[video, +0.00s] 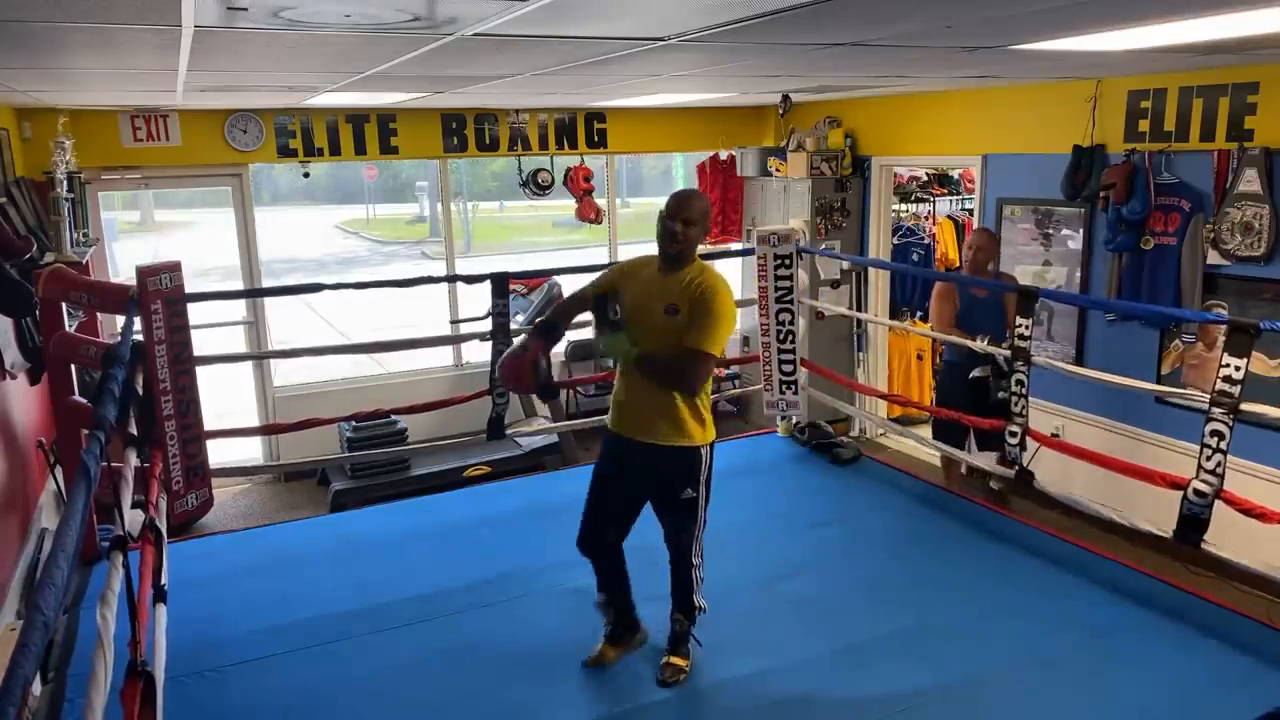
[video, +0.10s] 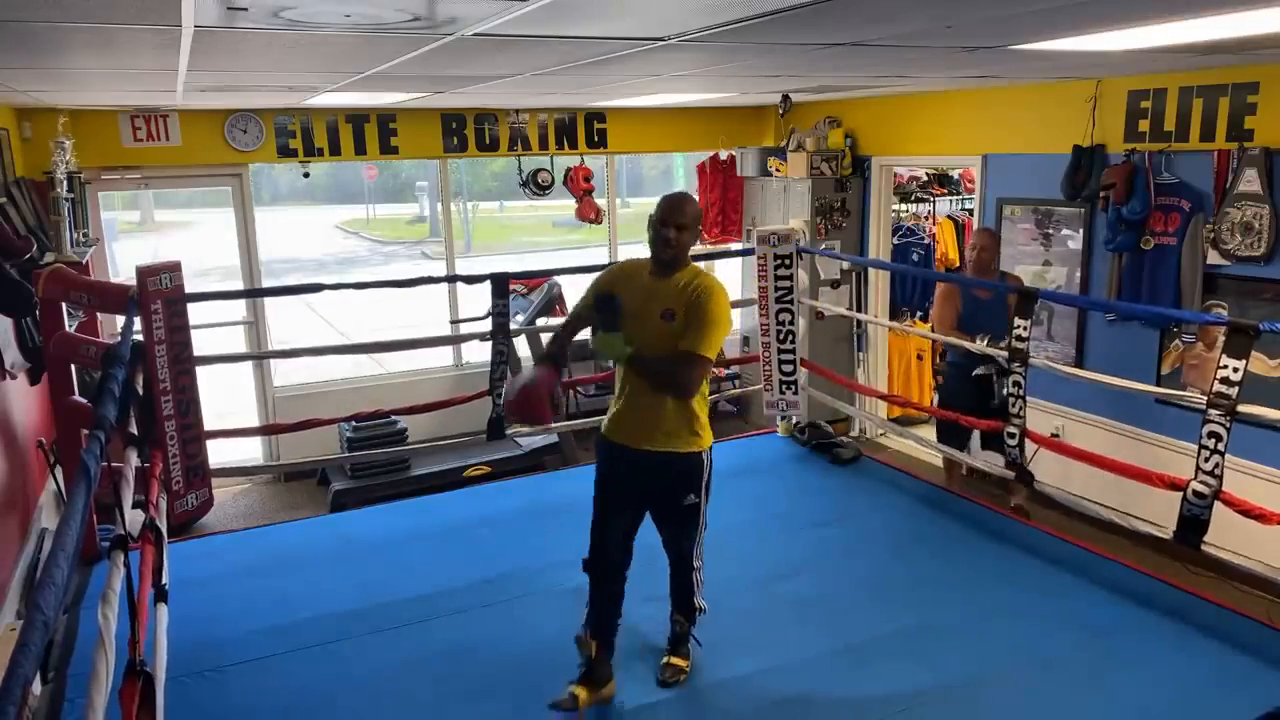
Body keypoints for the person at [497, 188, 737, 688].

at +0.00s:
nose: (673, 228)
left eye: (686, 222)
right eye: (668, 218)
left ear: (706, 233)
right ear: (658, 221)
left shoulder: (712, 292)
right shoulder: (629, 274)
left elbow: (692, 377)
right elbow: (571, 307)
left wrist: (627, 349)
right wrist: (532, 346)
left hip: (682, 445)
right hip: (625, 437)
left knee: (682, 551)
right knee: (597, 539)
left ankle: (680, 646)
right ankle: (624, 629)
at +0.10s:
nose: (668, 235)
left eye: (681, 228)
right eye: (662, 224)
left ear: (698, 234)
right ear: (649, 225)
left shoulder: (708, 294)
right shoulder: (619, 278)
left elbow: (686, 382)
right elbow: (564, 337)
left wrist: (623, 352)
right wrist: (543, 379)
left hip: (681, 452)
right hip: (620, 445)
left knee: (683, 557)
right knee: (604, 559)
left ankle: (679, 644)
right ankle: (598, 668)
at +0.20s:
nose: (660, 241)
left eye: (672, 233)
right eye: (653, 230)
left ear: (687, 240)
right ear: (638, 231)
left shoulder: (703, 301)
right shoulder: (605, 288)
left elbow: (698, 389)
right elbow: (573, 364)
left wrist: (628, 367)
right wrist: (571, 407)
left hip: (680, 460)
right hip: (616, 455)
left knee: (683, 563)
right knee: (605, 573)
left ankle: (679, 643)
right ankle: (595, 689)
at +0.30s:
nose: (650, 245)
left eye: (661, 235)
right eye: (641, 234)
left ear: (674, 240)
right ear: (625, 237)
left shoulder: (698, 303)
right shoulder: (594, 298)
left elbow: (710, 391)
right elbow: (571, 374)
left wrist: (641, 386)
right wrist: (578, 428)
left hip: (674, 468)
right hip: (607, 466)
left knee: (680, 567)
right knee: (602, 582)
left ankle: (679, 643)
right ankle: (598, 688)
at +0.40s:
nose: (633, 243)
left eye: (643, 234)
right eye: (623, 233)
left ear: (656, 239)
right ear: (606, 238)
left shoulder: (688, 301)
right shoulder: (575, 306)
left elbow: (723, 374)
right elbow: (560, 389)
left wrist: (692, 419)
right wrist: (582, 450)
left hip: (672, 471)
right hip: (604, 471)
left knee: (677, 572)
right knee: (598, 588)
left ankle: (678, 642)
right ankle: (595, 690)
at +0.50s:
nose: (618, 244)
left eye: (627, 234)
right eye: (607, 235)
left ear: (642, 239)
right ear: (589, 241)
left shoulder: (681, 300)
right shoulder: (562, 314)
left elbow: (717, 371)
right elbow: (552, 406)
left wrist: (731, 429)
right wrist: (580, 470)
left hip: (670, 475)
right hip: (598, 479)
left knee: (683, 582)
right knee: (597, 594)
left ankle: (679, 640)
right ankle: (596, 694)